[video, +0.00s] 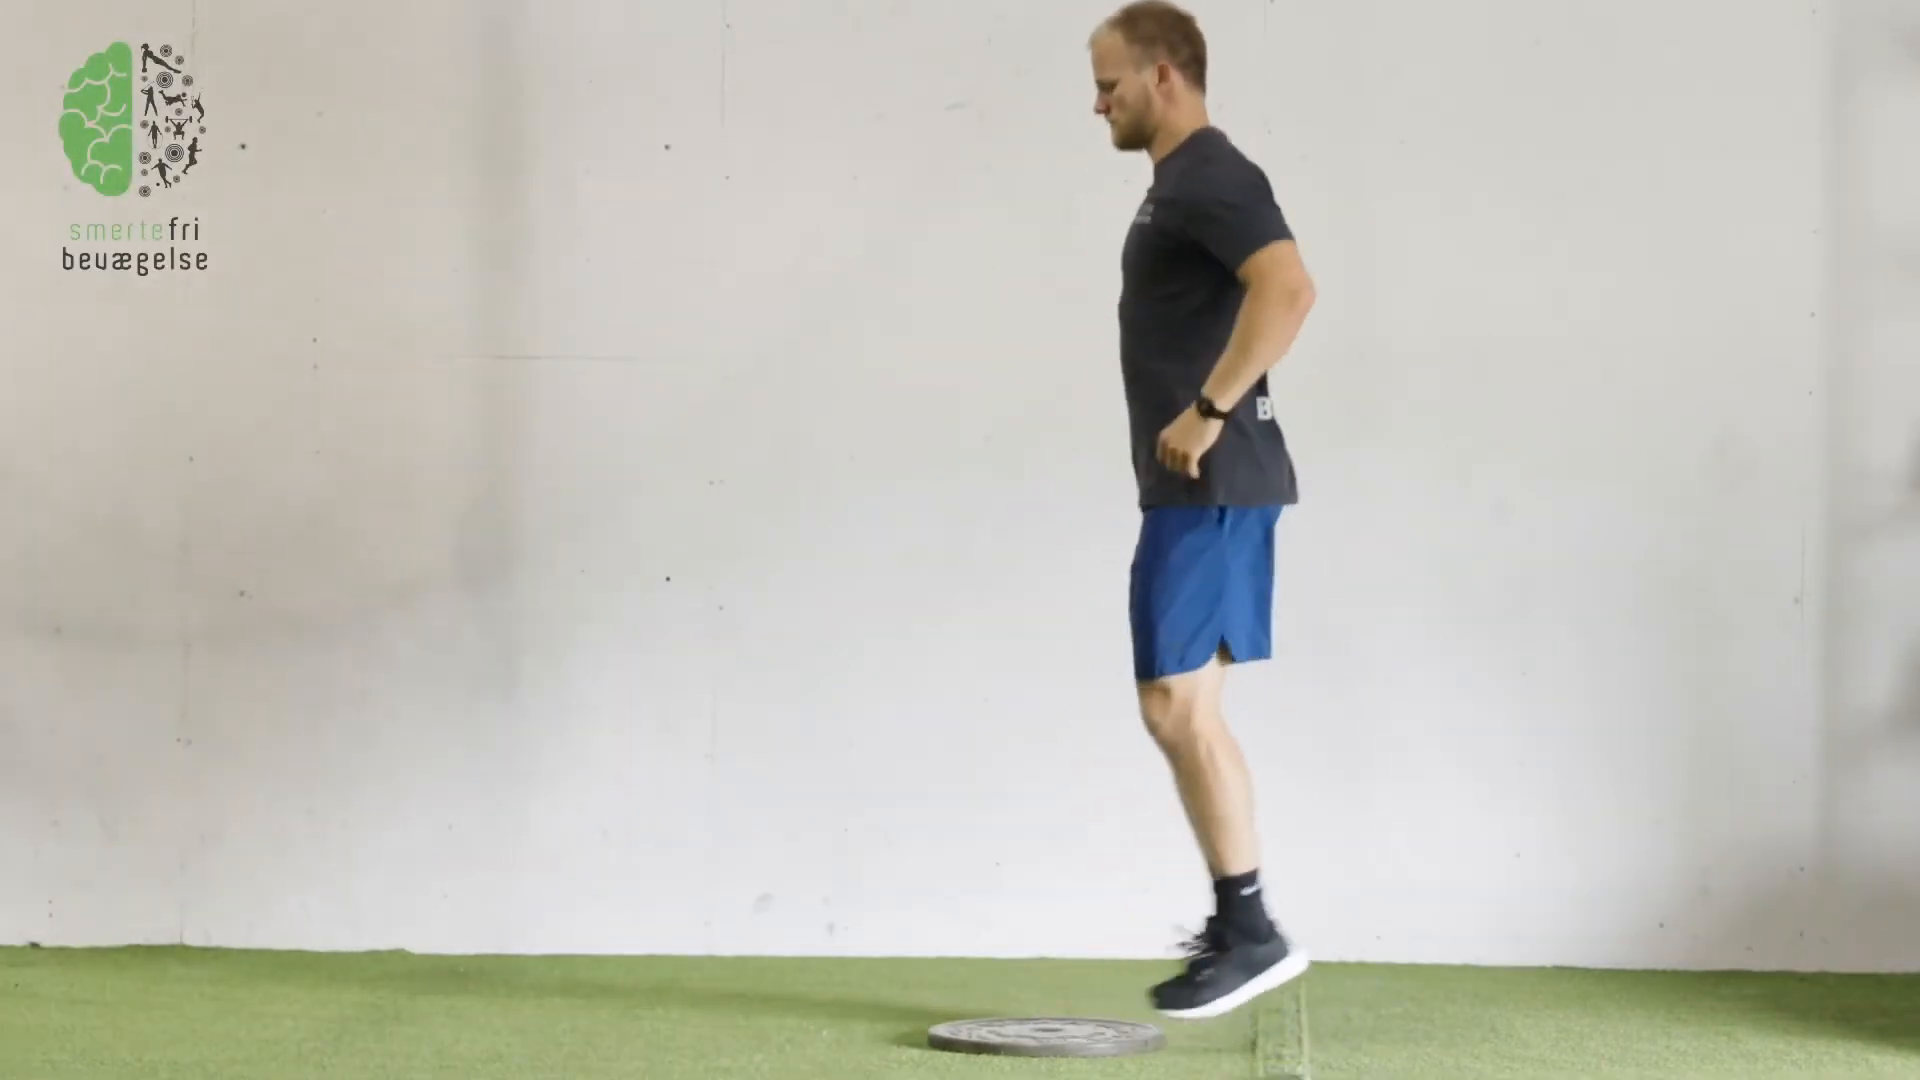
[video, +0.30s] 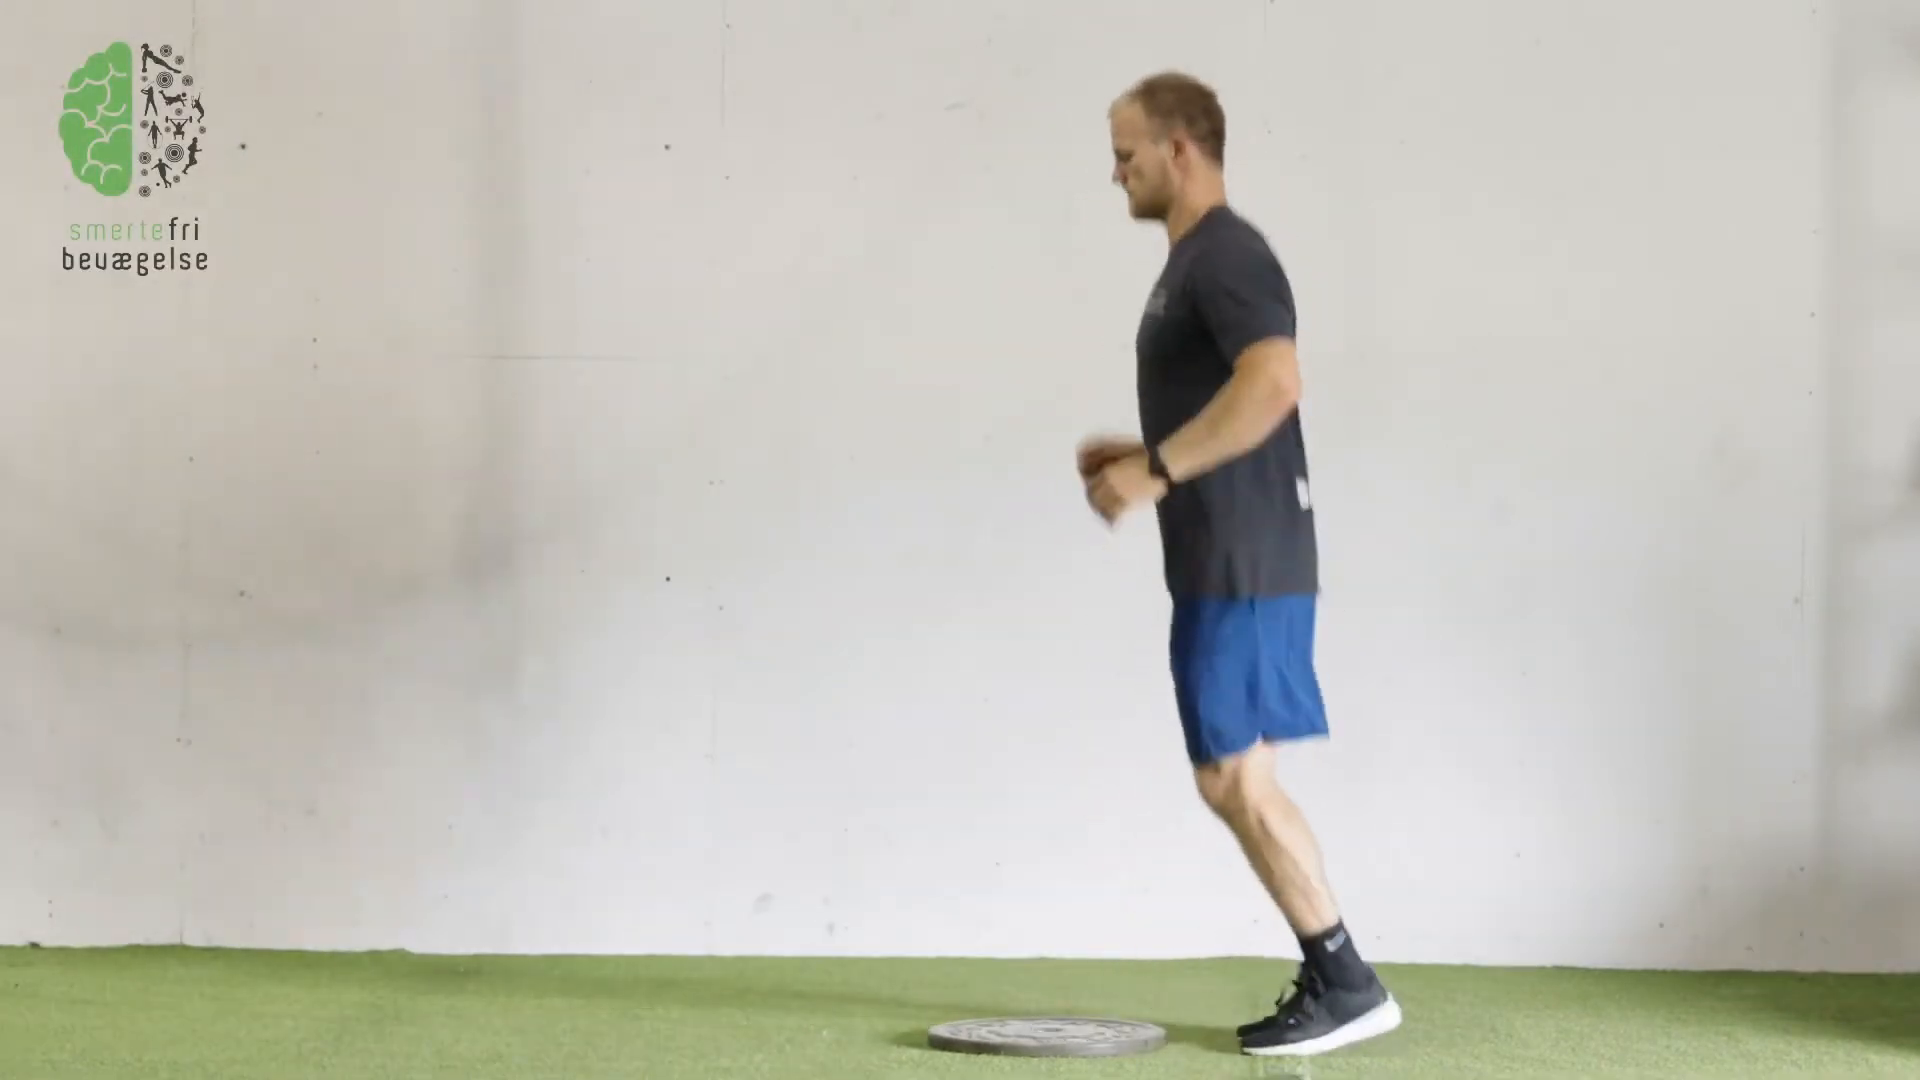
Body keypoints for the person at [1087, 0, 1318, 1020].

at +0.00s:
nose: (1098, 104)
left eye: (1108, 85)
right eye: (1096, 87)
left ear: (1164, 76)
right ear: (1161, 81)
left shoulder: (1208, 172)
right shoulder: (1185, 178)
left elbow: (1285, 291)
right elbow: (1264, 297)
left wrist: (1207, 409)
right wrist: (1192, 415)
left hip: (1209, 486)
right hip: (1196, 483)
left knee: (1180, 703)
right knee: (1181, 704)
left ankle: (1247, 931)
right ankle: (1239, 925)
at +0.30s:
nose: (1116, 172)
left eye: (1126, 154)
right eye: (1115, 156)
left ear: (1179, 149)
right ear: (1181, 153)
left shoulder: (1226, 251)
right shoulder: (1194, 259)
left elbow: (1273, 385)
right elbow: (1234, 405)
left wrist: (1155, 468)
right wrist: (1145, 453)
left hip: (1243, 569)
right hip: (1222, 568)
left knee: (1233, 778)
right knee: (1235, 776)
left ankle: (1343, 980)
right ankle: (1333, 975)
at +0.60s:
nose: (1073, 112)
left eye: (1082, 92)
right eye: (1071, 94)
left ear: (1137, 83)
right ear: (1132, 87)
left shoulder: (1185, 175)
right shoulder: (1161, 182)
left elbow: (1240, 298)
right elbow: (1211, 320)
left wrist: (1127, 380)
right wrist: (1129, 406)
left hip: (1202, 489)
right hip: (1177, 486)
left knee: (1154, 711)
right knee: (1144, 710)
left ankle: (1171, 942)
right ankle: (1167, 938)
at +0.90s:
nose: (1070, 110)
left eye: (1078, 91)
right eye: (1068, 93)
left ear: (1135, 81)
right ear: (1132, 86)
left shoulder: (1185, 169)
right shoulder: (1164, 175)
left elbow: (1249, 299)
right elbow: (1241, 307)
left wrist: (1150, 386)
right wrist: (1147, 388)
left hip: (1185, 480)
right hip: (1172, 477)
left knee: (1161, 706)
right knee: (1158, 705)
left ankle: (1181, 930)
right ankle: (1177, 926)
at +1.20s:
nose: (1089, 191)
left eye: (1100, 173)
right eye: (1089, 174)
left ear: (1156, 167)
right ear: (1156, 171)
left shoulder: (1206, 271)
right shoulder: (1174, 276)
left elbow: (1252, 412)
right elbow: (1210, 427)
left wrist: (1128, 485)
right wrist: (1119, 483)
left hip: (1216, 585)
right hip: (1205, 582)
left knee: (1171, 794)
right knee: (1186, 793)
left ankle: (1288, 991)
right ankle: (1283, 986)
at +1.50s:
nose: (1084, 93)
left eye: (1093, 72)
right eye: (1082, 76)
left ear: (1150, 64)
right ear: (1142, 68)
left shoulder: (1200, 157)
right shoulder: (1169, 166)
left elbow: (1261, 279)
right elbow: (1233, 289)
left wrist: (1142, 354)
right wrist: (1132, 360)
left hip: (1190, 476)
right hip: (1163, 475)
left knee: (1164, 692)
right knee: (1148, 692)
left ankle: (1196, 927)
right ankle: (1187, 921)